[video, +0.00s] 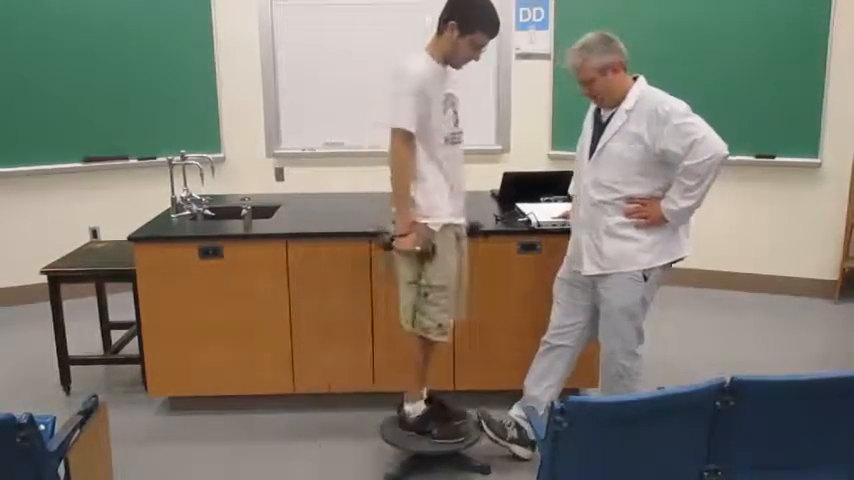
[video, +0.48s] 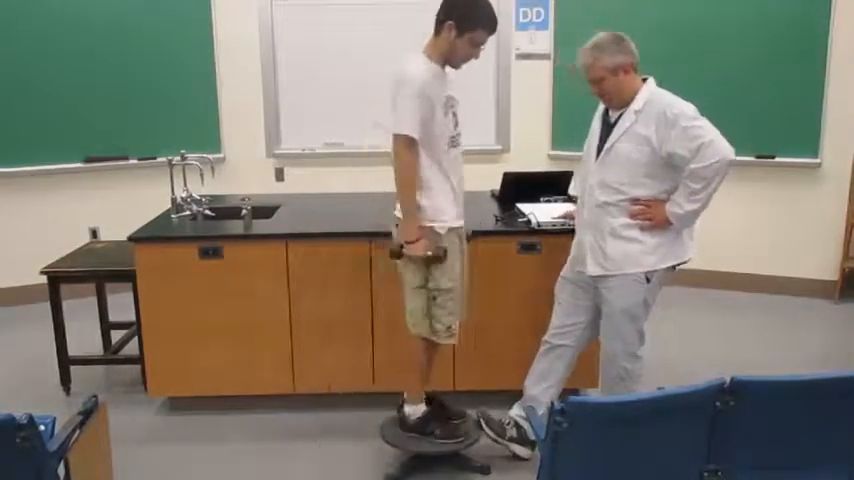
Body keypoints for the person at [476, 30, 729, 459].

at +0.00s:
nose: (584, 91)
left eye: (589, 81)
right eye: (581, 83)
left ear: (615, 70)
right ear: (604, 74)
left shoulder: (657, 108)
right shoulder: (597, 112)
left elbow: (709, 151)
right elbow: (597, 169)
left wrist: (670, 208)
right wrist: (581, 203)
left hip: (631, 256)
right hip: (585, 250)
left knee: (620, 355)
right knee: (561, 338)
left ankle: (617, 438)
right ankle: (528, 424)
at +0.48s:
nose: (594, 91)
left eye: (598, 81)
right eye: (591, 82)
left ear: (626, 71)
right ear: (610, 75)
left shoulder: (665, 110)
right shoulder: (606, 111)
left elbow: (716, 155)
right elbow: (600, 169)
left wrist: (675, 210)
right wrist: (585, 204)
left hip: (633, 258)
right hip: (588, 251)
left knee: (620, 357)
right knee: (561, 339)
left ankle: (616, 441)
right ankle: (529, 424)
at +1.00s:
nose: (605, 88)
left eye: (610, 78)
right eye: (602, 79)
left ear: (641, 71)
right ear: (629, 73)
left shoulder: (679, 115)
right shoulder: (619, 111)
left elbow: (726, 164)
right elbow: (616, 174)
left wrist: (679, 216)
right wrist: (594, 212)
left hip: (634, 260)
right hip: (591, 251)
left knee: (619, 360)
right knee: (561, 338)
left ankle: (619, 445)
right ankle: (527, 424)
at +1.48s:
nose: (606, 72)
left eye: (612, 63)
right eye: (605, 63)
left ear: (645, 58)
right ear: (635, 60)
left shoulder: (680, 105)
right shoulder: (619, 102)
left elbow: (725, 156)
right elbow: (625, 169)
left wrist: (681, 209)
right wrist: (598, 209)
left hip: (639, 255)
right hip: (594, 245)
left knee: (627, 356)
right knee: (568, 333)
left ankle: (624, 440)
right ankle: (553, 421)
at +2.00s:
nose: (610, 62)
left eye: (619, 54)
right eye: (607, 53)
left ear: (649, 56)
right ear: (603, 55)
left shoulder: (684, 109)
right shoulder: (591, 108)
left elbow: (738, 154)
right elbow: (558, 153)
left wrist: (692, 207)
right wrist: (524, 171)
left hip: (648, 261)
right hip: (594, 258)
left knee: (642, 364)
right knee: (598, 358)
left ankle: (642, 447)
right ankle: (599, 439)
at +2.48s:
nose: (606, 63)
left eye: (616, 55)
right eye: (604, 54)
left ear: (649, 58)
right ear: (601, 57)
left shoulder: (696, 115)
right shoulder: (584, 115)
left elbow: (753, 158)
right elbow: (535, 146)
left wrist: (703, 217)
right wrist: (482, 156)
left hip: (657, 281)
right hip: (590, 276)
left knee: (654, 390)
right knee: (586, 375)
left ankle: (652, 479)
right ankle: (602, 467)